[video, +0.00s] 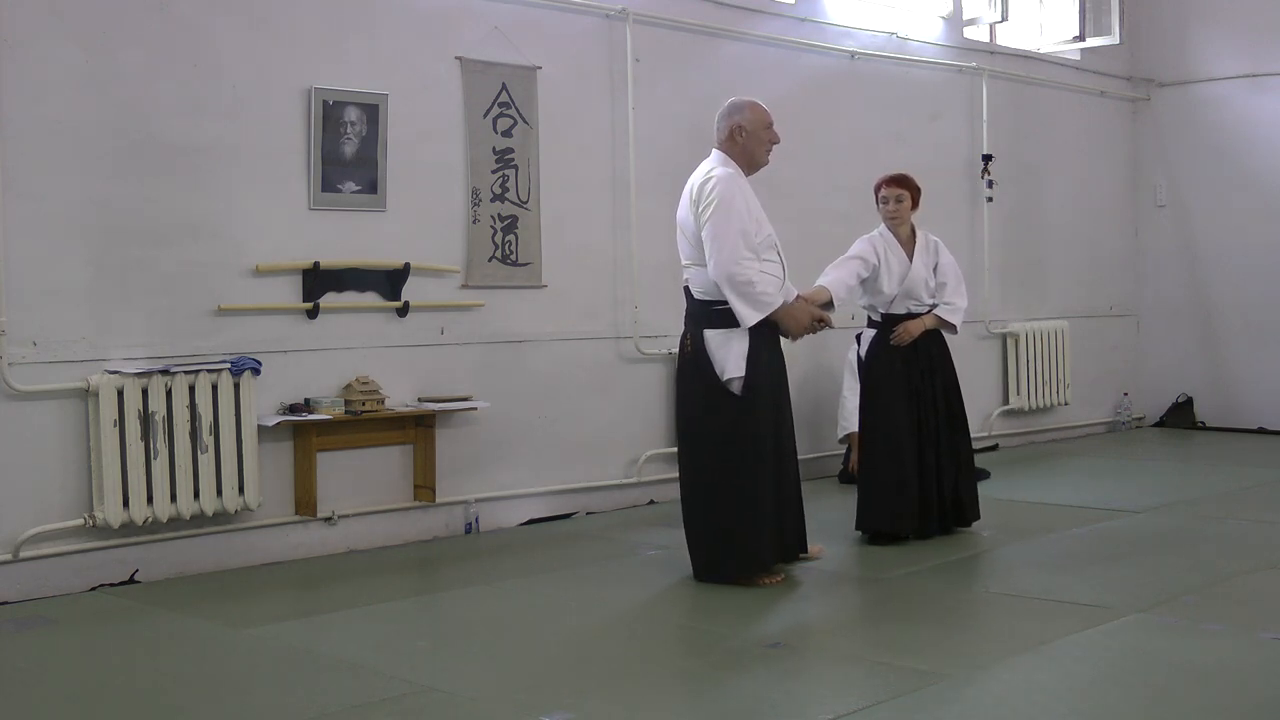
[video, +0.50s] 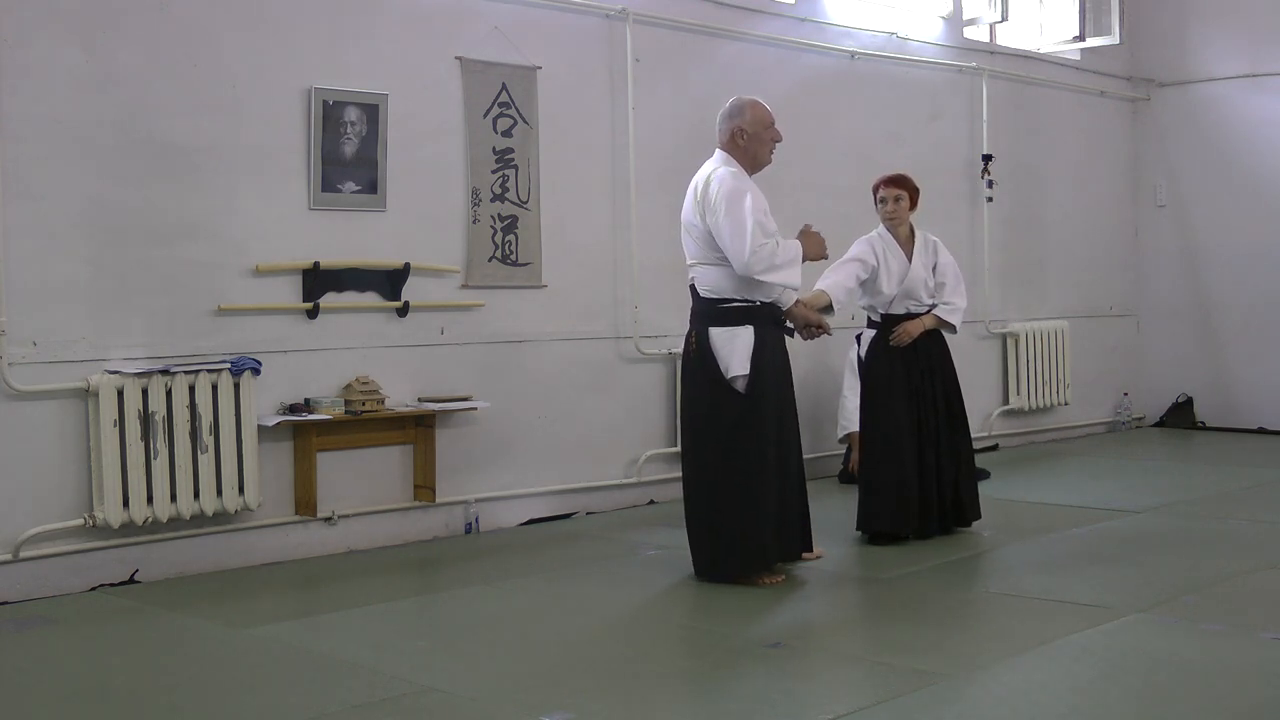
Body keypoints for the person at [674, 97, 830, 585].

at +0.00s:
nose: (776, 138)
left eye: (773, 129)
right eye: (768, 129)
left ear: (736, 133)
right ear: (738, 134)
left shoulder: (727, 180)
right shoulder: (721, 183)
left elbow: (750, 263)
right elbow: (732, 268)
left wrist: (793, 301)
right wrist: (782, 311)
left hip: (747, 326)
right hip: (725, 330)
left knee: (766, 438)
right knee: (733, 447)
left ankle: (776, 541)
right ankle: (734, 561)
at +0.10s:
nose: (775, 138)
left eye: (773, 129)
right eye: (767, 129)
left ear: (735, 132)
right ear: (738, 133)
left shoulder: (726, 180)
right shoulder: (721, 183)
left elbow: (745, 262)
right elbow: (732, 263)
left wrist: (791, 307)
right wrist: (790, 291)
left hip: (747, 327)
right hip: (726, 330)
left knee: (767, 438)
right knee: (733, 447)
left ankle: (776, 540)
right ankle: (733, 561)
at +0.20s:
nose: (776, 138)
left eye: (774, 129)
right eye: (768, 129)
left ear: (735, 134)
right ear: (737, 134)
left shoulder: (725, 180)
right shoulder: (721, 182)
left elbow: (742, 263)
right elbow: (735, 258)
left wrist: (790, 306)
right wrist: (794, 264)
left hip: (748, 325)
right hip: (727, 329)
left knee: (769, 438)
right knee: (734, 446)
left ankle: (776, 541)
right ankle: (734, 561)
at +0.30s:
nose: (776, 138)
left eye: (774, 129)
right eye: (769, 130)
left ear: (736, 134)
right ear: (738, 135)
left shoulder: (727, 180)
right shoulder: (722, 182)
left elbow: (744, 264)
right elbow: (743, 257)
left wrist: (790, 307)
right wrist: (796, 246)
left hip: (749, 324)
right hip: (729, 328)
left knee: (769, 437)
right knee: (735, 445)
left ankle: (777, 540)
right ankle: (735, 561)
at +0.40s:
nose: (777, 136)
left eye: (775, 128)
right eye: (769, 129)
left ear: (734, 135)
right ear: (738, 135)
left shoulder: (718, 179)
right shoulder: (727, 184)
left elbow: (743, 265)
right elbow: (749, 258)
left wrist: (790, 307)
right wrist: (800, 243)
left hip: (743, 323)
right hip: (732, 329)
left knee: (768, 438)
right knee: (737, 445)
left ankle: (775, 541)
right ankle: (736, 561)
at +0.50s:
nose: (778, 136)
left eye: (776, 128)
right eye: (770, 129)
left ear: (736, 136)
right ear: (739, 135)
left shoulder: (717, 179)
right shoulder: (729, 185)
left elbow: (743, 266)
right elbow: (753, 257)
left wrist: (790, 308)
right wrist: (802, 249)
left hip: (737, 322)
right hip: (734, 328)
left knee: (763, 438)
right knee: (738, 444)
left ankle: (772, 544)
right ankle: (736, 560)